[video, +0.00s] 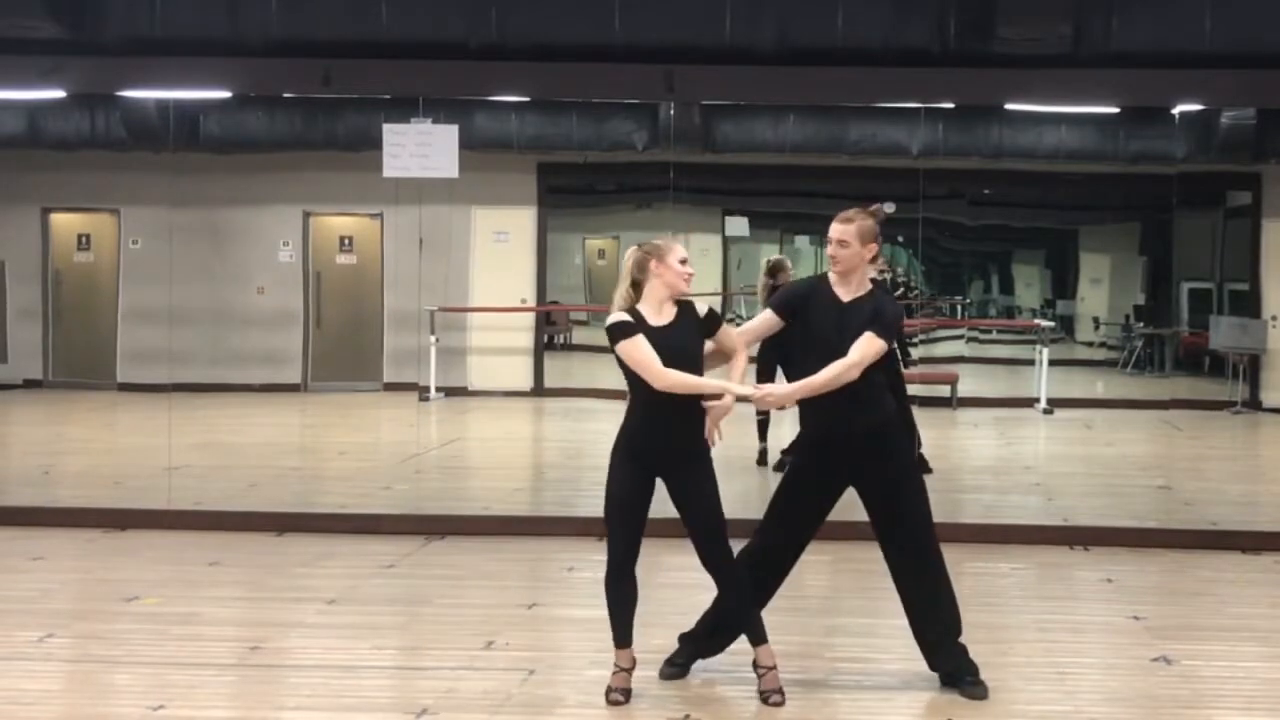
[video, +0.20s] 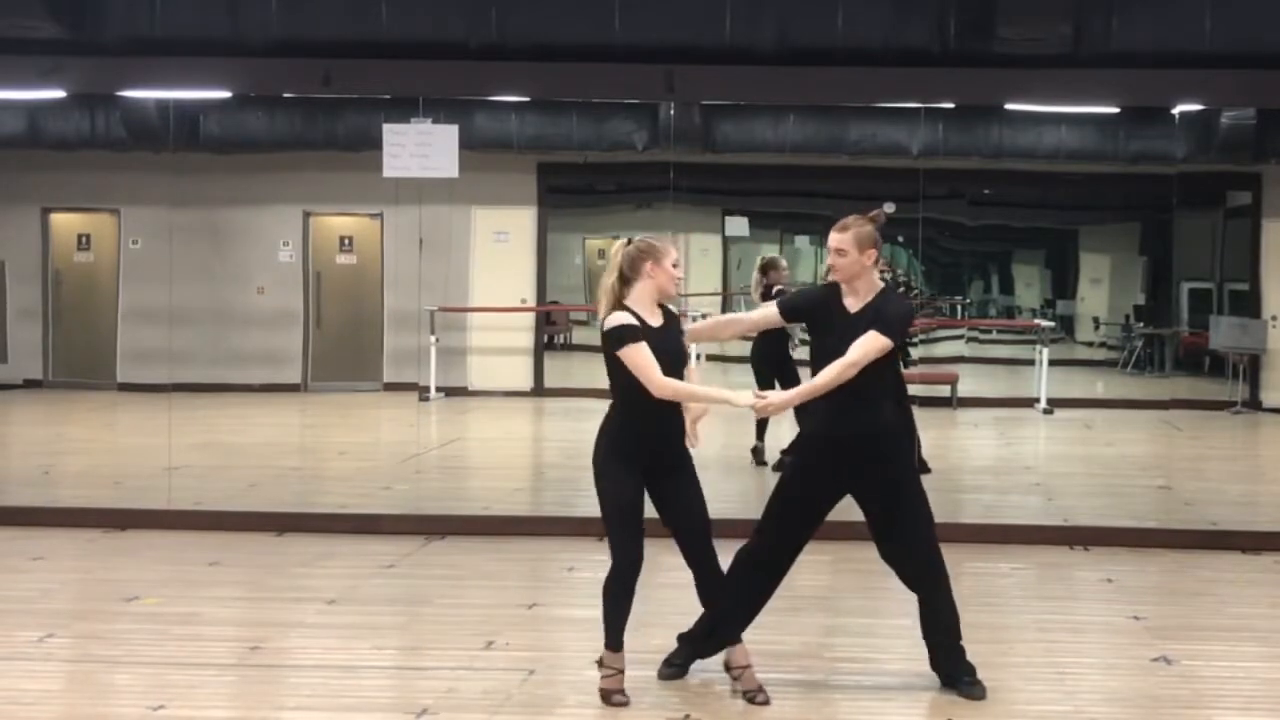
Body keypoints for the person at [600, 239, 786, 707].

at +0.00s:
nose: (690, 271)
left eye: (690, 264)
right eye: (682, 263)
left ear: (663, 270)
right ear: (651, 268)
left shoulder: (695, 316)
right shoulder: (622, 323)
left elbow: (739, 349)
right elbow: (660, 378)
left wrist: (728, 399)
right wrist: (733, 389)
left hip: (687, 449)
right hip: (636, 450)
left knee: (716, 555)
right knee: (620, 557)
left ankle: (763, 654)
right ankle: (623, 658)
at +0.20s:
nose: (680, 274)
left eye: (679, 267)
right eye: (674, 266)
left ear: (651, 270)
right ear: (646, 269)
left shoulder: (670, 318)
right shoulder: (620, 322)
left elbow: (687, 374)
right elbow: (656, 385)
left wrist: (693, 406)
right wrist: (733, 397)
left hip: (667, 450)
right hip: (621, 453)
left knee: (702, 554)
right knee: (627, 557)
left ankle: (738, 657)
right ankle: (613, 660)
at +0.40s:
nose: (680, 266)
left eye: (679, 258)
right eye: (675, 258)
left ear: (641, 262)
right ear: (652, 262)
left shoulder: (622, 309)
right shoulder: (660, 314)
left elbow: (595, 339)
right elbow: (710, 367)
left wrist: (629, 361)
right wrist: (776, 341)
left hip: (632, 440)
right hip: (640, 447)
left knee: (677, 538)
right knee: (637, 551)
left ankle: (633, 640)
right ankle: (601, 658)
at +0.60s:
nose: (690, 267)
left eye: (689, 259)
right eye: (686, 260)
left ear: (650, 264)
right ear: (664, 264)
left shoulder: (623, 314)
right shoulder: (688, 315)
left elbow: (594, 346)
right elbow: (746, 359)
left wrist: (629, 329)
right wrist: (808, 343)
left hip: (619, 440)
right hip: (668, 445)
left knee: (608, 546)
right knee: (660, 555)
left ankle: (599, 652)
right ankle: (629, 655)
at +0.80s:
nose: (694, 270)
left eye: (693, 262)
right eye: (689, 262)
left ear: (656, 268)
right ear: (666, 267)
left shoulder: (633, 313)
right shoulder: (674, 316)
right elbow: (731, 365)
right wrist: (787, 351)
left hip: (627, 440)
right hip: (668, 445)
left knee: (633, 545)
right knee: (660, 554)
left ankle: (608, 647)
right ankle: (628, 659)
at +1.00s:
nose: (665, 271)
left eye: (673, 263)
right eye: (656, 264)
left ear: (685, 267)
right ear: (641, 271)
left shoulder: (696, 303)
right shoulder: (640, 316)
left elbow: (741, 267)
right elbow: (684, 359)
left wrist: (771, 212)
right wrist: (751, 349)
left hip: (663, 441)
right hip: (626, 438)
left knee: (667, 541)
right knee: (608, 539)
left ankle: (634, 641)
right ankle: (587, 650)